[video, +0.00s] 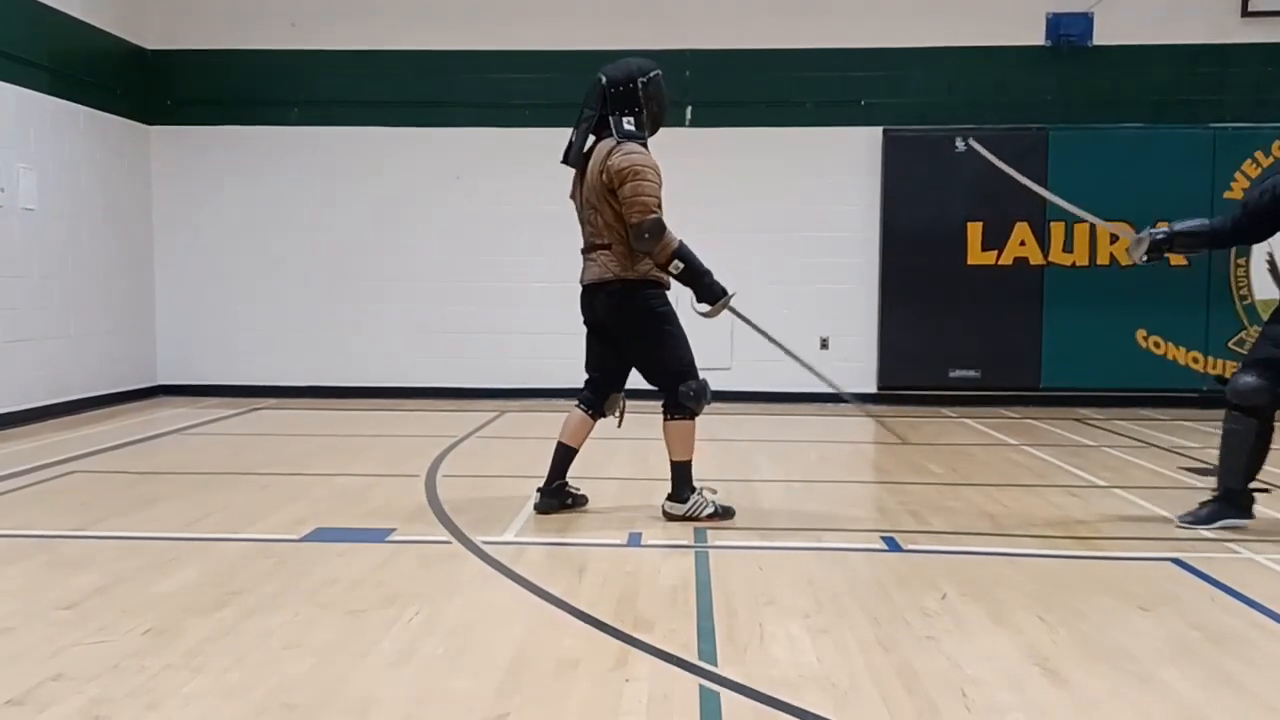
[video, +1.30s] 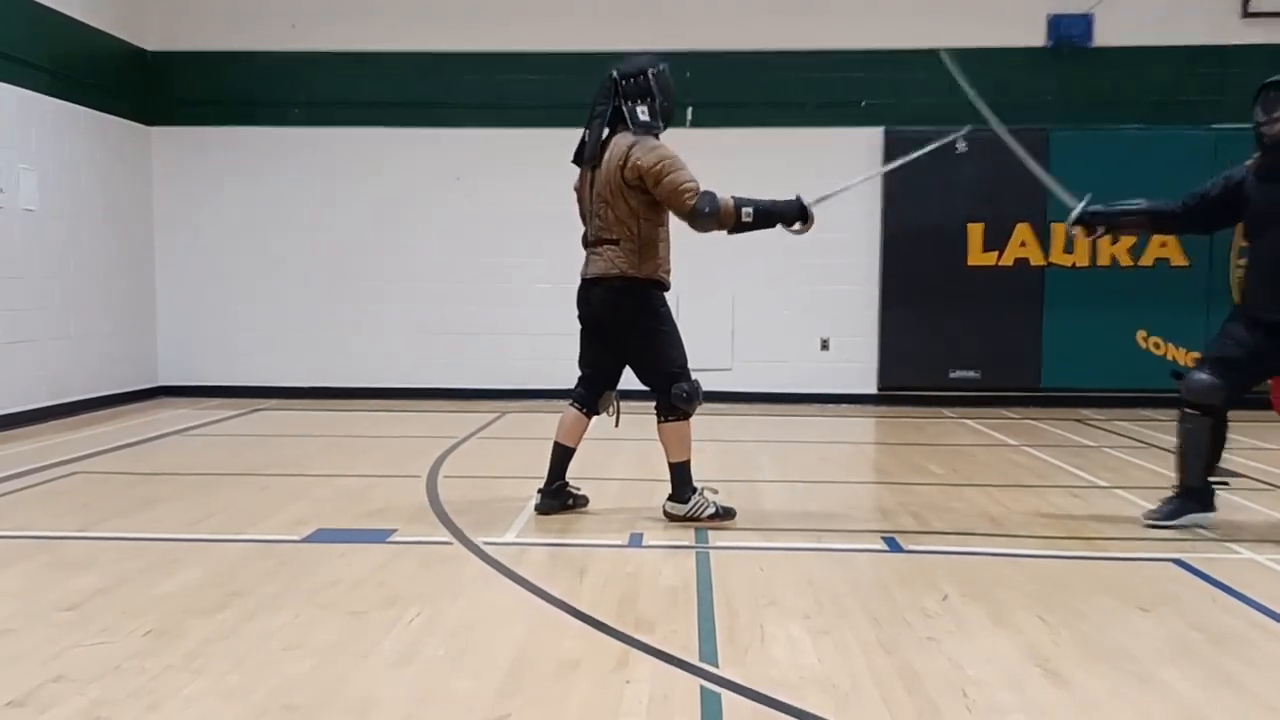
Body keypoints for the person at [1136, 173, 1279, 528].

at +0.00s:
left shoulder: (1273, 191)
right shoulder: (1272, 189)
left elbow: (1238, 227)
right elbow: (1238, 226)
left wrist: (1163, 237)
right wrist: (1165, 237)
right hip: (1279, 317)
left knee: (1252, 388)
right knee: (1251, 388)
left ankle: (1233, 498)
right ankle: (1232, 497)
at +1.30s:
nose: (1270, 125)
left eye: (1276, 116)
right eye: (1265, 116)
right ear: (1257, 123)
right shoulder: (1254, 178)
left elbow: (1193, 213)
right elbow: (1192, 213)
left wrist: (1114, 219)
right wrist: (1112, 220)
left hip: (1270, 316)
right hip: (1259, 314)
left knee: (1209, 388)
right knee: (1203, 389)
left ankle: (1193, 493)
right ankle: (1193, 494)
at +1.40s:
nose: (1253, 128)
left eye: (1265, 117)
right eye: (1248, 118)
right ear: (1240, 126)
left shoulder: (1269, 184)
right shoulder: (1238, 190)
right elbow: (1174, 224)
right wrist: (1097, 223)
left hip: (1269, 322)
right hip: (1250, 320)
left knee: (1191, 388)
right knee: (1186, 389)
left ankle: (1143, 488)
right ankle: (1142, 490)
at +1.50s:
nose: (1220, 133)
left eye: (1234, 125)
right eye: (1218, 124)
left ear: (1263, 132)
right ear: (1211, 128)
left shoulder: (1271, 189)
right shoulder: (1211, 194)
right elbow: (1144, 225)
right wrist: (1069, 217)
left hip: (1270, 328)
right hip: (1223, 328)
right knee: (1165, 403)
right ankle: (1103, 491)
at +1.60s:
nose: (1179, 144)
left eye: (1193, 134)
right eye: (1178, 134)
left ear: (1224, 141)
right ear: (1171, 138)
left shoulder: (1261, 194)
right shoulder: (1166, 201)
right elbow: (1102, 219)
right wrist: (1036, 202)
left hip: (1251, 341)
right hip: (1179, 343)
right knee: (1124, 405)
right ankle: (1083, 500)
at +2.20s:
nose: (1193, 138)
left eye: (1207, 130)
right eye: (1194, 128)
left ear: (1239, 133)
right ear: (1192, 130)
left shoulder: (1268, 188)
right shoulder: (1190, 195)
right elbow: (1137, 240)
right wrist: (1076, 255)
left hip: (1252, 333)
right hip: (1184, 330)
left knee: (1274, 429)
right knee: (1134, 406)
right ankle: (1087, 496)